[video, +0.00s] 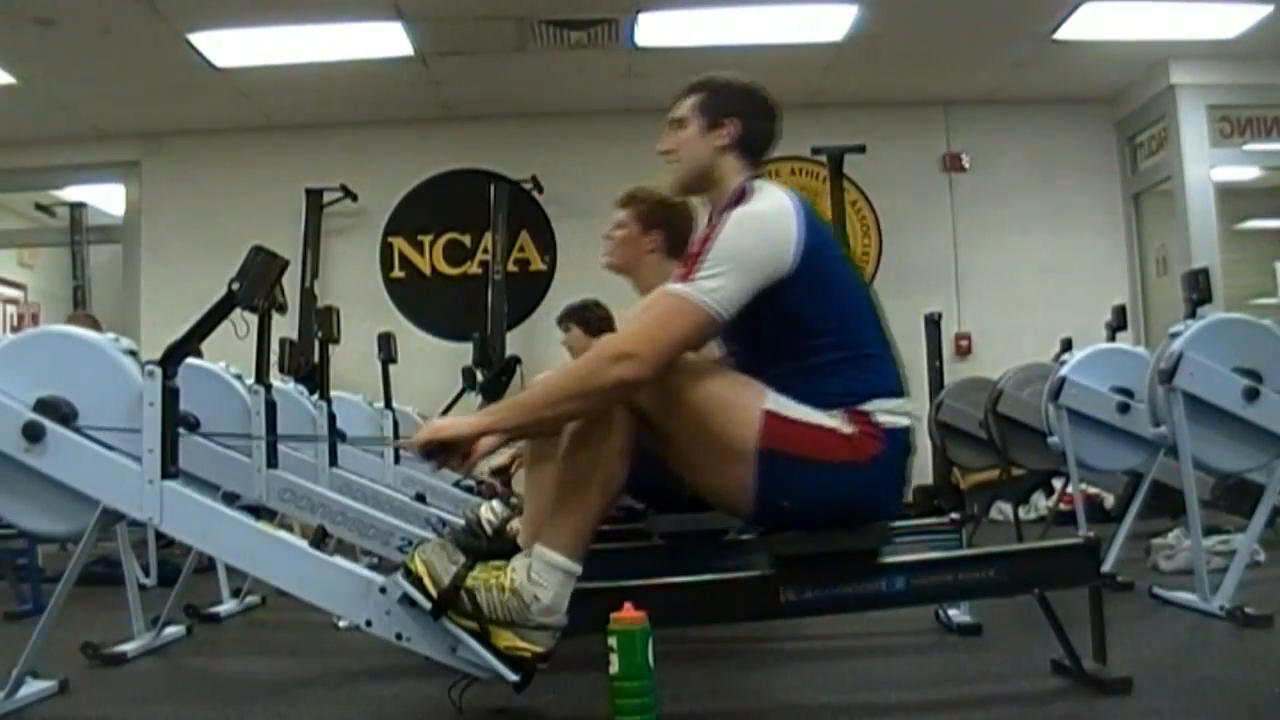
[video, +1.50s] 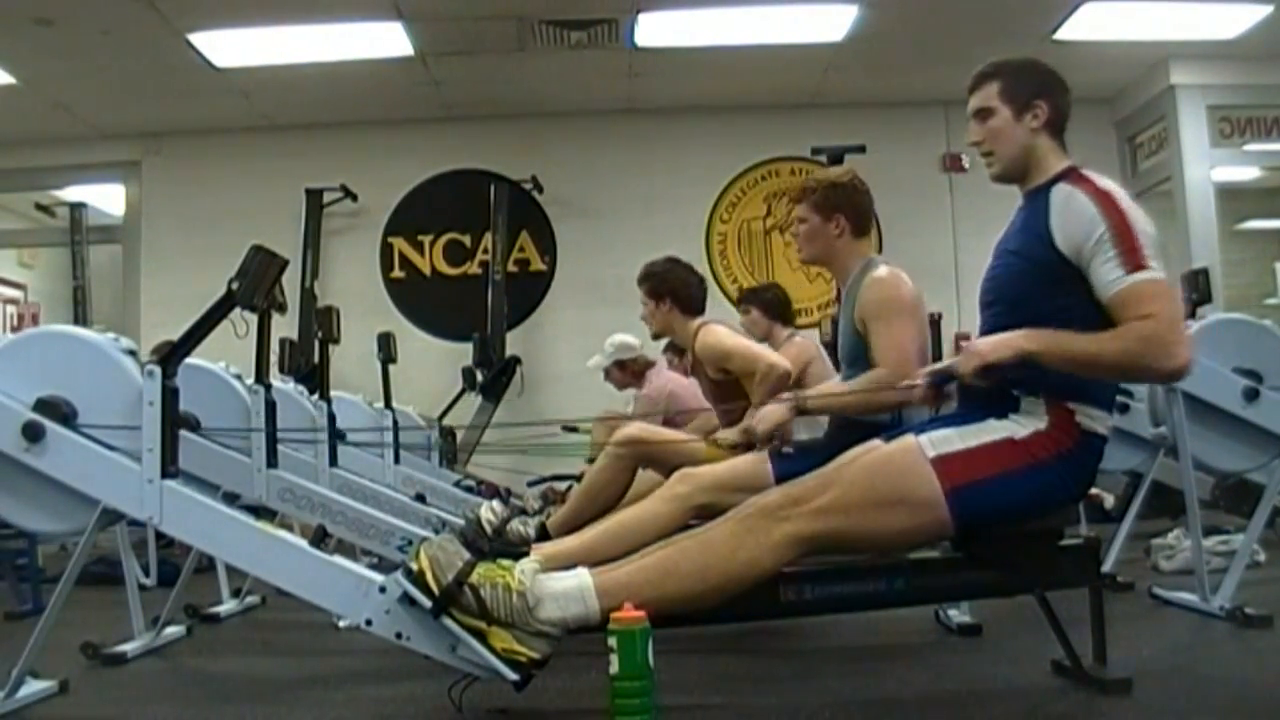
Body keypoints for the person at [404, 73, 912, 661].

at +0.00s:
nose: (662, 144)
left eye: (678, 128)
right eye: (667, 129)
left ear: (725, 135)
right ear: (723, 138)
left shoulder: (765, 216)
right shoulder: (728, 225)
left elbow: (629, 360)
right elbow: (628, 357)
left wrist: (482, 422)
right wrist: (494, 431)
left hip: (854, 453)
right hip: (811, 445)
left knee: (631, 370)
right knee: (613, 377)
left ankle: (540, 594)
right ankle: (531, 581)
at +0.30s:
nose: (804, 126)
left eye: (821, 110)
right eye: (808, 111)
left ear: (870, 121)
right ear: (858, 123)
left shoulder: (902, 206)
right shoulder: (866, 214)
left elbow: (758, 325)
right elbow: (755, 326)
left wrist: (600, 378)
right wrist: (608, 381)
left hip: (960, 441)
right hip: (916, 433)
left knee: (705, 414)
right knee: (687, 417)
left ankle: (546, 601)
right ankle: (540, 595)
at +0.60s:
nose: (914, 124)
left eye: (930, 107)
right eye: (915, 110)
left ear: (982, 113)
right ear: (962, 121)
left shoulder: (1019, 200)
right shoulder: (960, 220)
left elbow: (886, 321)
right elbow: (861, 313)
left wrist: (723, 367)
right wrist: (726, 375)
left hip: (1031, 436)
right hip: (983, 431)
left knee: (776, 490)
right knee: (760, 484)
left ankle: (549, 604)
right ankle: (544, 598)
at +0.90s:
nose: (987, 133)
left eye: (1000, 115)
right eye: (985, 118)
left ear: (1053, 115)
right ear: (1025, 120)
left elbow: (1020, 333)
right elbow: (942, 357)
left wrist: (838, 360)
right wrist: (820, 380)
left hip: (1036, 431)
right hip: (985, 425)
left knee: (792, 539)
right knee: (780, 536)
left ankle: (551, 605)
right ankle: (551, 603)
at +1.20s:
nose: (1001, 139)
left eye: (1012, 121)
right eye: (1000, 125)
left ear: (1066, 119)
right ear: (1048, 127)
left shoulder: (1101, 196)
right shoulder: (1057, 216)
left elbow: (1142, 334)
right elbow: (1007, 360)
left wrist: (993, 331)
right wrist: (903, 381)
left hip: (1045, 432)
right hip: (1003, 422)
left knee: (799, 520)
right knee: (778, 511)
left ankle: (552, 606)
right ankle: (549, 602)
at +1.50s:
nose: (973, 140)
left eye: (985, 121)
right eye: (971, 126)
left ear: (1038, 117)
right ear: (1012, 126)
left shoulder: (1086, 198)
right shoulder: (1040, 213)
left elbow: (1166, 344)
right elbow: (1062, 341)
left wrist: (1018, 345)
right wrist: (972, 364)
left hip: (1042, 436)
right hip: (1002, 425)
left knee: (800, 513)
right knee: (782, 502)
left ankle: (566, 606)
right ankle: (560, 593)